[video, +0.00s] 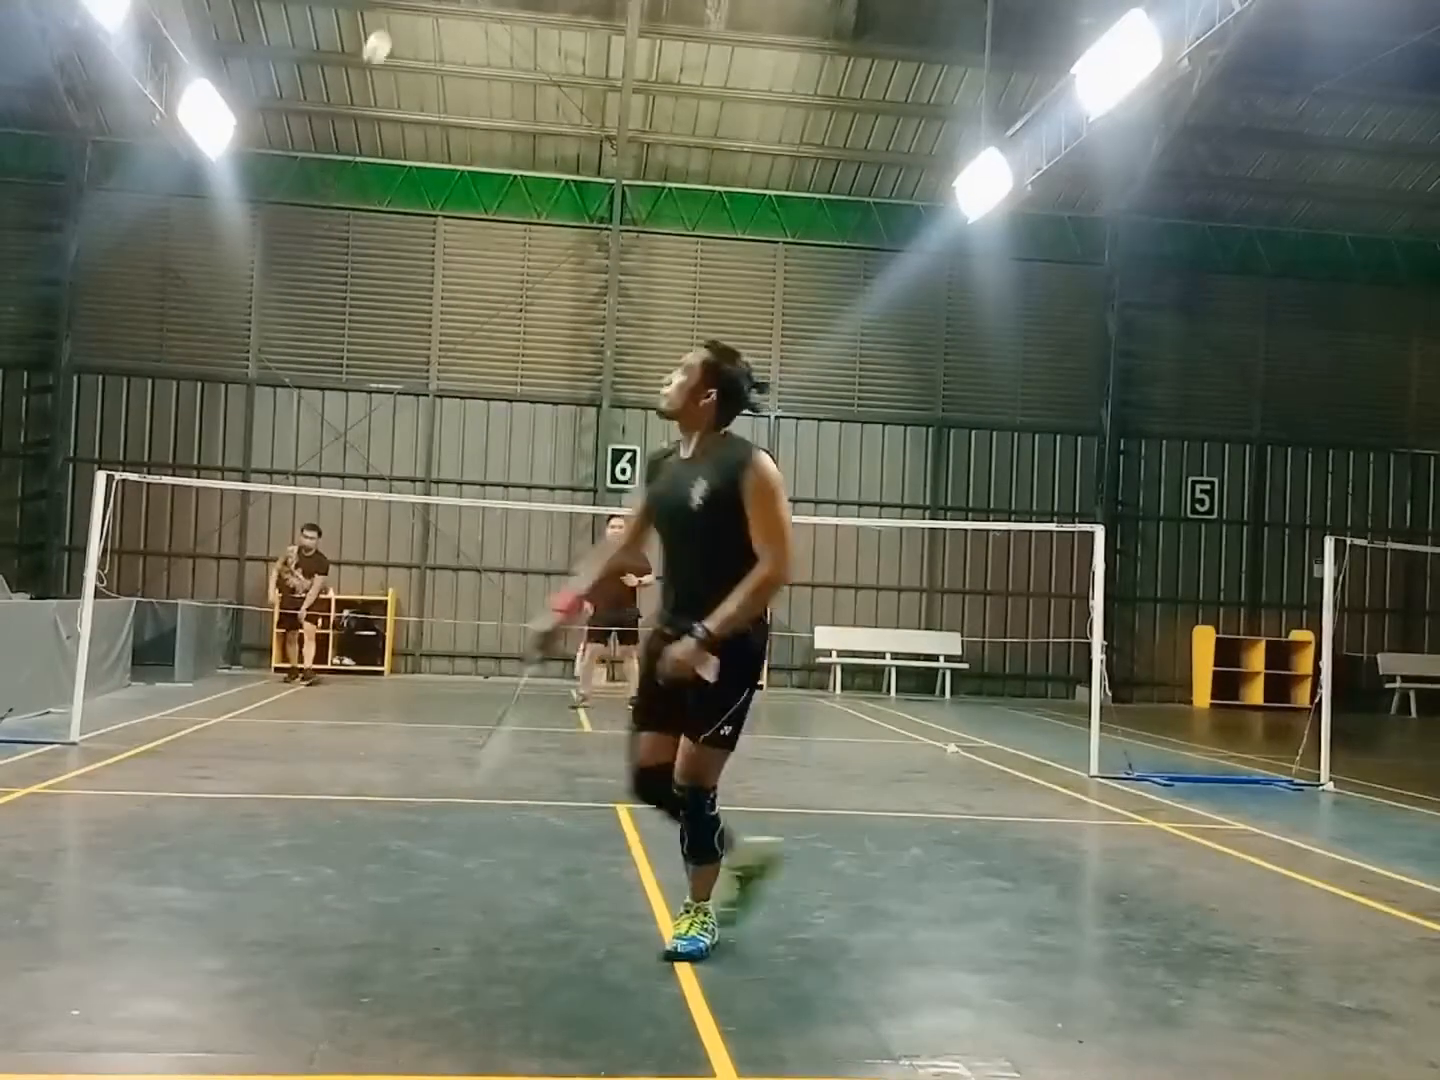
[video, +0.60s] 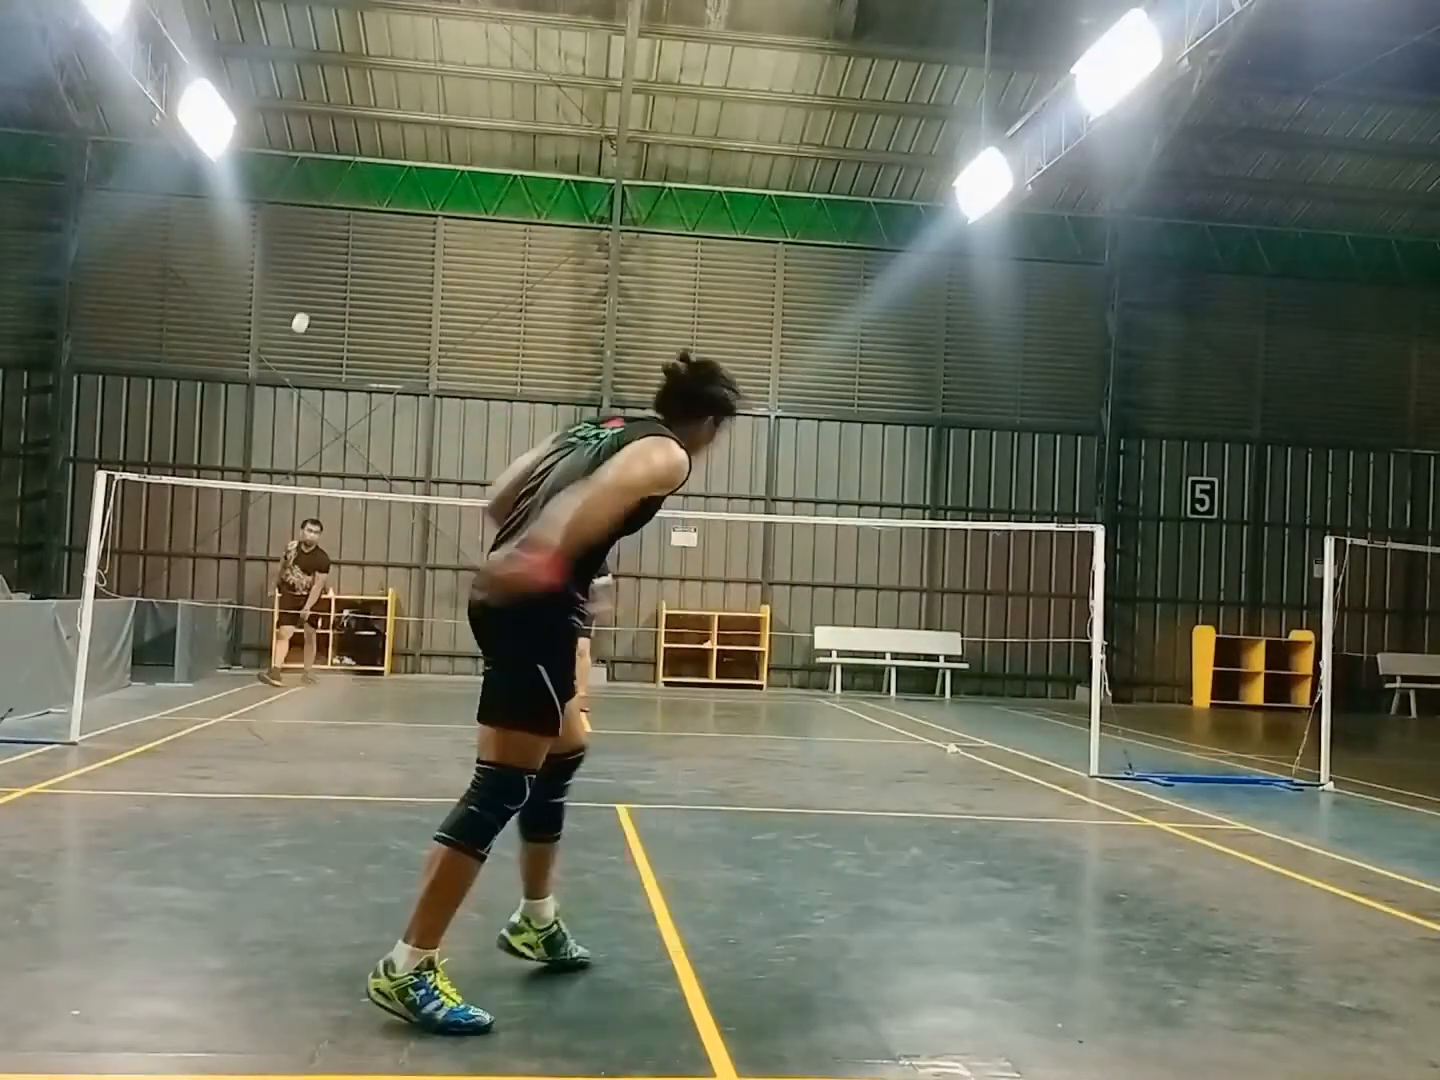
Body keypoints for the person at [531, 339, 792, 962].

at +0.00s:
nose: (669, 382)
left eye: (681, 375)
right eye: (676, 372)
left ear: (708, 396)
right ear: (702, 397)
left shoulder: (751, 468)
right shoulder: (665, 465)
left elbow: (776, 566)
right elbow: (628, 546)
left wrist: (706, 634)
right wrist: (580, 593)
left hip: (732, 640)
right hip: (672, 632)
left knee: (692, 784)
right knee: (649, 780)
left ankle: (698, 912)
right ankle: (743, 855)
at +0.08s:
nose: (654, 388)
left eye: (669, 381)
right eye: (658, 377)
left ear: (704, 399)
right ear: (666, 389)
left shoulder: (751, 471)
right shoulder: (633, 447)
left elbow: (789, 569)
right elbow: (554, 497)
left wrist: (732, 634)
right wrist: (534, 558)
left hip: (715, 644)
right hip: (643, 634)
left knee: (689, 789)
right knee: (611, 772)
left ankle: (698, 909)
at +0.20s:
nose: (647, 390)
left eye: (663, 385)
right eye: (648, 378)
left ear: (698, 400)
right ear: (645, 377)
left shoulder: (735, 457)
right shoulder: (619, 418)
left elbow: (782, 551)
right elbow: (548, 421)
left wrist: (735, 613)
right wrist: (564, 493)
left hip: (685, 633)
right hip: (606, 620)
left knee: (679, 783)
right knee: (574, 768)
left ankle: (693, 903)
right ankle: (550, 926)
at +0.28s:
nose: (664, 410)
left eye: (682, 406)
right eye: (662, 395)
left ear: (713, 416)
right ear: (652, 386)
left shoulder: (711, 470)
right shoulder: (611, 412)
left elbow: (732, 553)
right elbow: (522, 416)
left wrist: (718, 588)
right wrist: (560, 424)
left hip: (646, 623)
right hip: (570, 614)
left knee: (666, 793)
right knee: (535, 772)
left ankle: (673, 898)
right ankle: (482, 952)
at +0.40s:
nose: (723, 460)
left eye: (732, 450)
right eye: (723, 443)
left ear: (724, 444)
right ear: (697, 419)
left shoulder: (665, 482)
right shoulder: (630, 450)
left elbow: (644, 560)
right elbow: (533, 442)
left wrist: (670, 605)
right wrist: (433, 458)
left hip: (589, 622)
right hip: (535, 616)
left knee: (638, 762)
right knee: (516, 782)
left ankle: (618, 891)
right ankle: (453, 963)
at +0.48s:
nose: (735, 470)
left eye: (743, 459)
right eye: (736, 454)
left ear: (701, 435)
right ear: (700, 433)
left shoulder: (648, 465)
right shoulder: (657, 465)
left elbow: (558, 535)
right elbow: (548, 475)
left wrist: (616, 578)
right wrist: (469, 518)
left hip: (546, 618)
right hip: (519, 616)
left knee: (593, 750)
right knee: (513, 782)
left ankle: (561, 909)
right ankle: (436, 967)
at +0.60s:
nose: (717, 443)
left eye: (721, 431)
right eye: (720, 430)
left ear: (664, 407)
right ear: (706, 423)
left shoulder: (599, 434)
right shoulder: (668, 455)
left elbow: (505, 491)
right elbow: (597, 496)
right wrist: (545, 553)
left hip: (505, 602)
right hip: (542, 611)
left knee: (565, 746)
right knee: (498, 787)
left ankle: (536, 920)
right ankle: (408, 967)